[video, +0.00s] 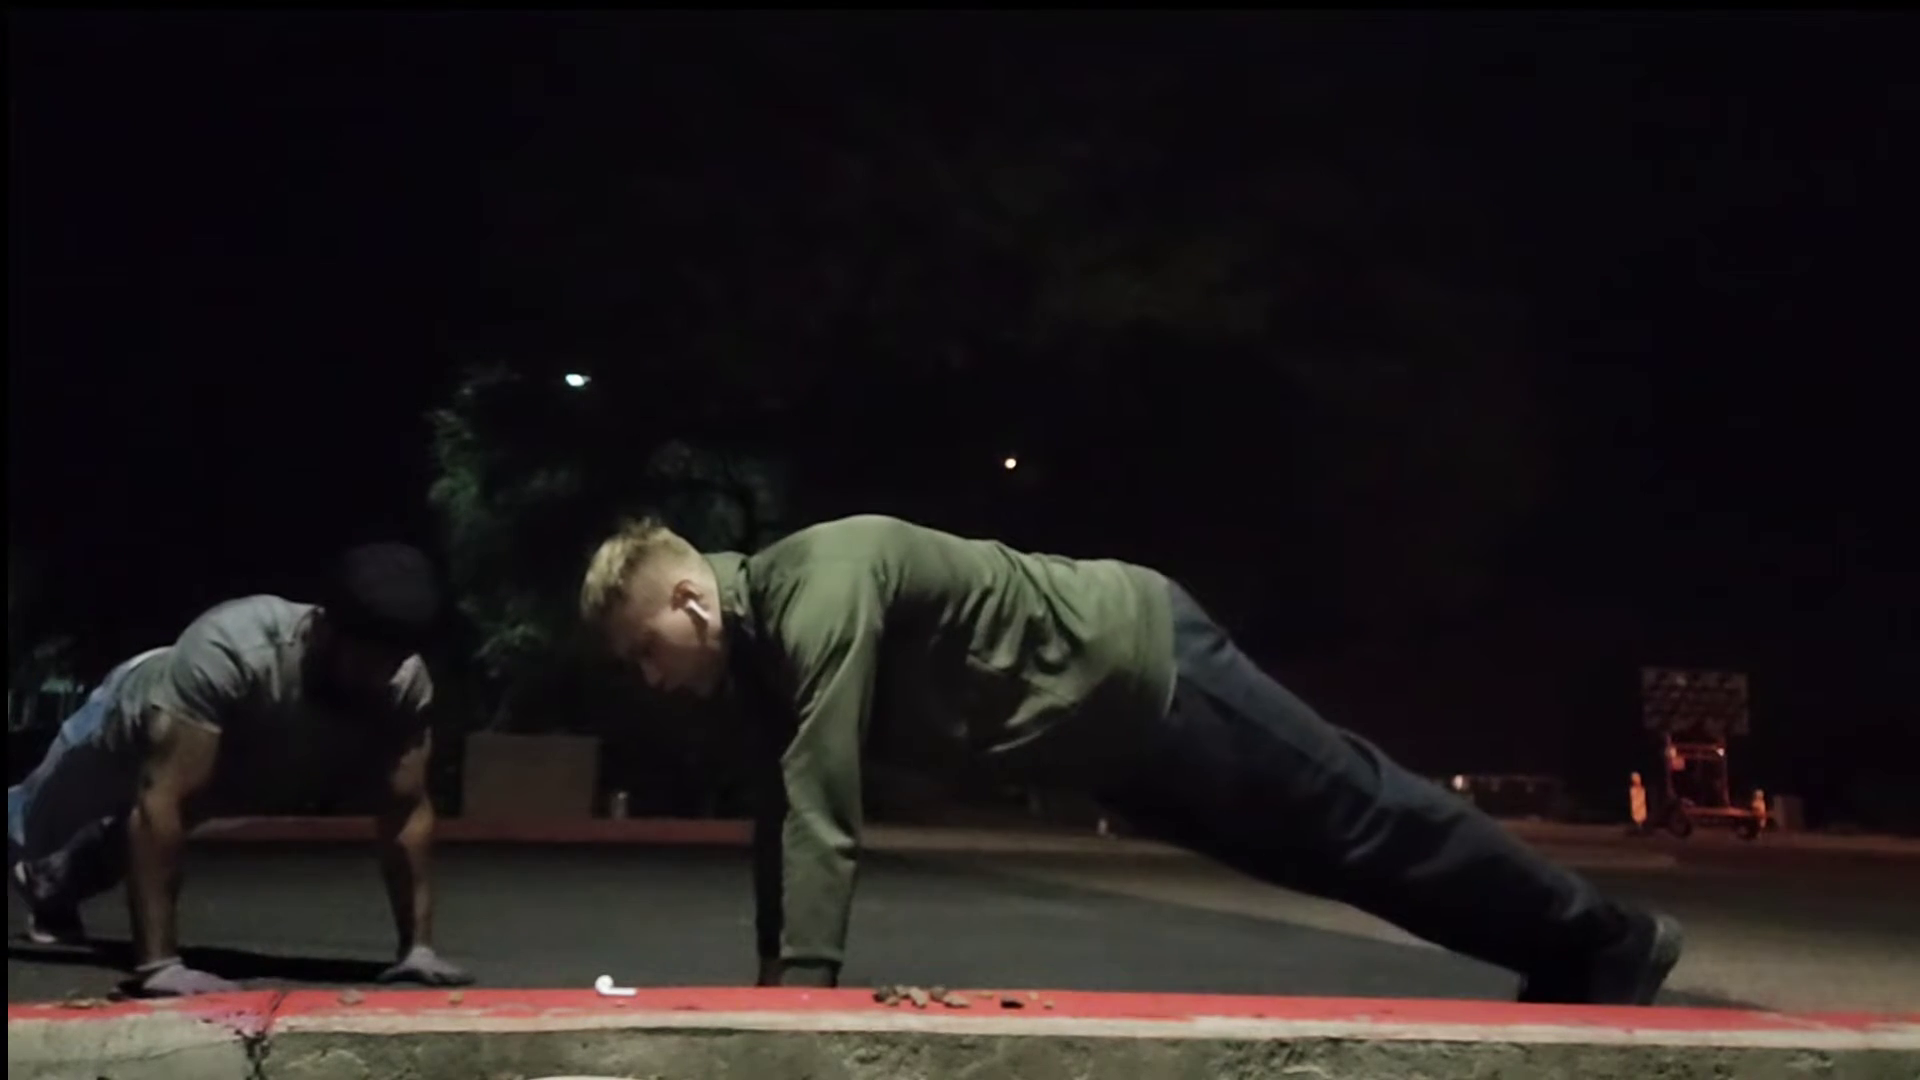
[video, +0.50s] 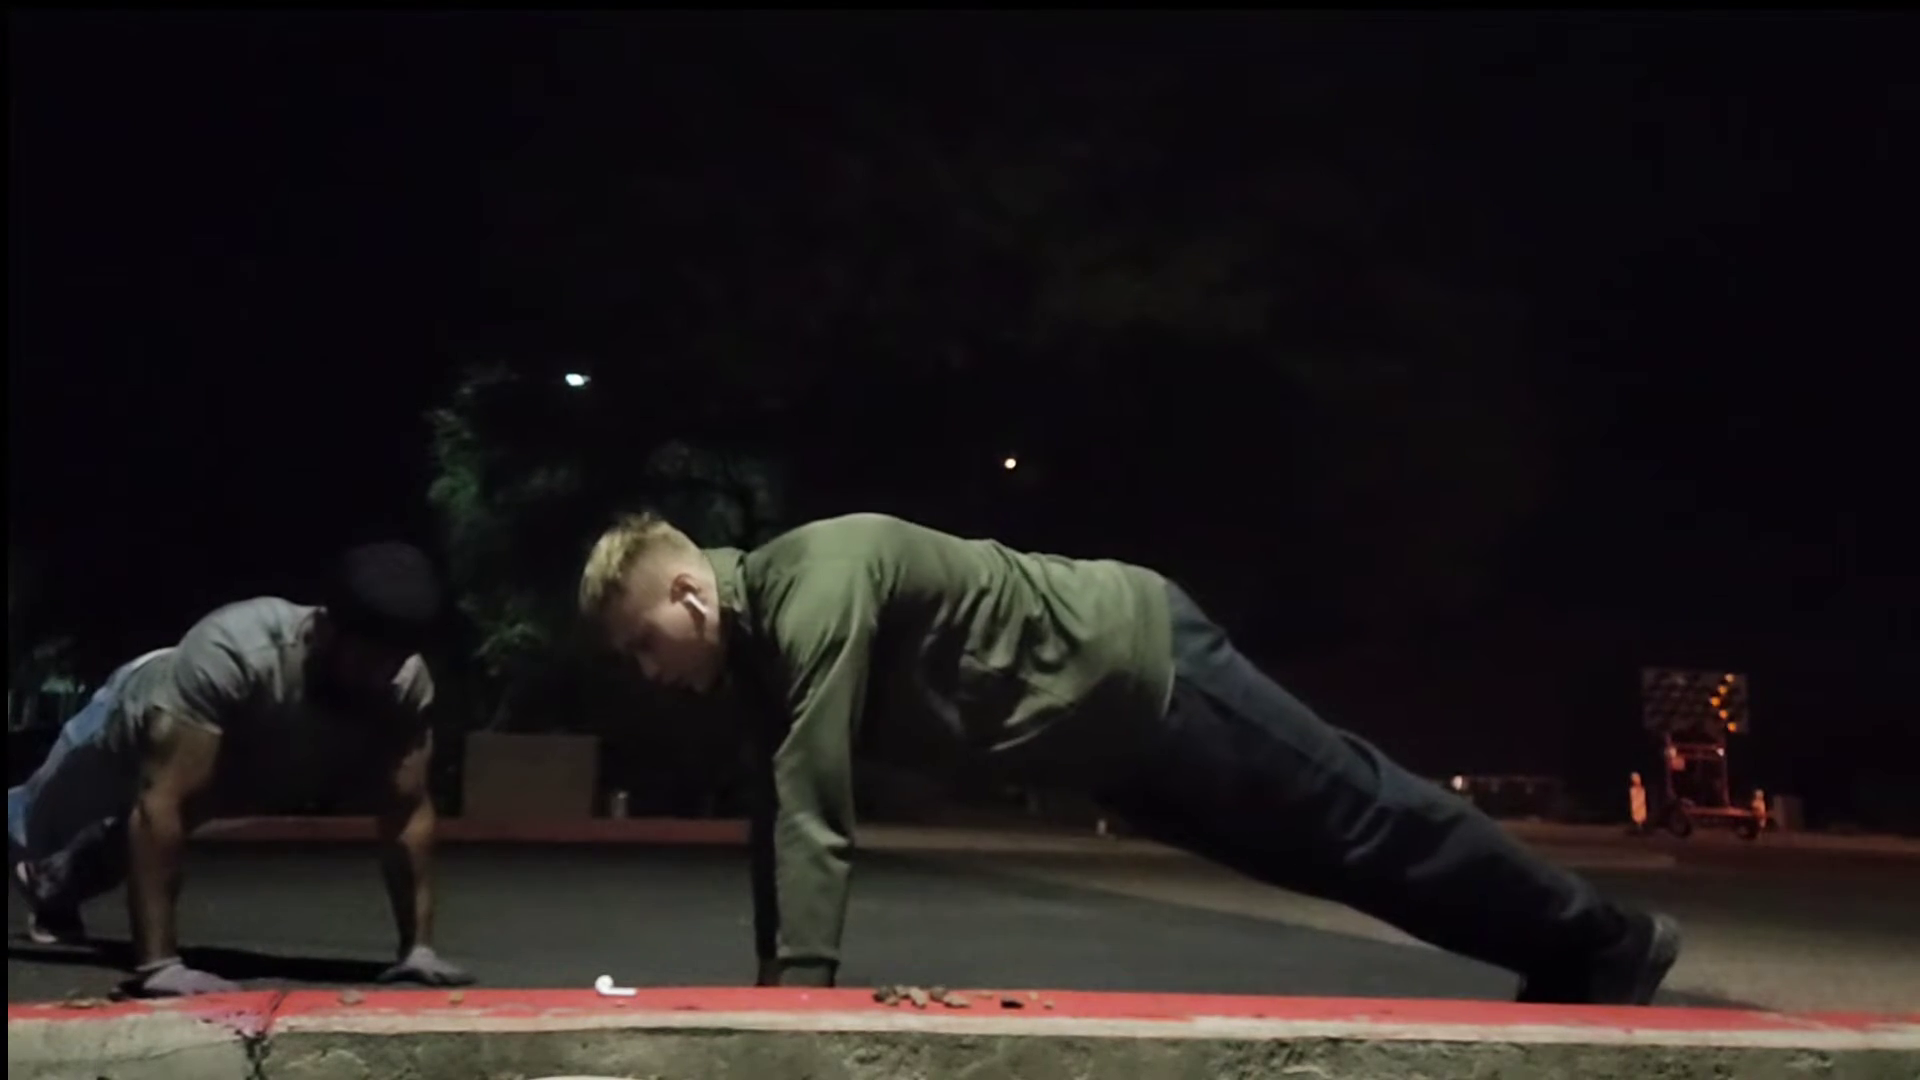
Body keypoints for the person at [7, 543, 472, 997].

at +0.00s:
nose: (387, 666)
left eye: (399, 650)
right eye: (373, 645)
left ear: (409, 646)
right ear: (328, 628)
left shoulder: (404, 687)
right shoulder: (228, 649)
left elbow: (409, 814)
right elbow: (158, 804)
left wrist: (418, 948)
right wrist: (157, 960)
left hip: (219, 758)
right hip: (125, 733)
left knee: (121, 845)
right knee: (33, 821)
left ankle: (54, 892)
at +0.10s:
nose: (388, 666)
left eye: (400, 650)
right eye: (374, 645)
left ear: (409, 646)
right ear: (329, 629)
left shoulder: (405, 686)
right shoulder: (229, 650)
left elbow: (409, 814)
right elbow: (158, 804)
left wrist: (418, 948)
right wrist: (157, 960)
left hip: (219, 758)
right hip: (127, 732)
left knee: (125, 843)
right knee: (34, 820)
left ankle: (55, 890)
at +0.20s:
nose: (390, 665)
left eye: (401, 649)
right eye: (376, 644)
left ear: (410, 645)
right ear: (330, 628)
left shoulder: (405, 686)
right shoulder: (230, 651)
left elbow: (410, 814)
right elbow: (159, 805)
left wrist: (418, 948)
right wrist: (157, 960)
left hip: (218, 758)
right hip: (126, 733)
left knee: (123, 845)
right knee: (35, 820)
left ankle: (55, 891)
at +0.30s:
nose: (391, 666)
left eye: (402, 650)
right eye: (376, 645)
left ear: (410, 646)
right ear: (330, 629)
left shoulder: (405, 686)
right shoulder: (230, 651)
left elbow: (410, 814)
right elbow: (158, 805)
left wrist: (418, 948)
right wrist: (157, 960)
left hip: (218, 758)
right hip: (127, 733)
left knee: (123, 846)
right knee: (35, 821)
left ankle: (55, 891)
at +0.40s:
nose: (392, 665)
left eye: (402, 649)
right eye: (377, 644)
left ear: (410, 646)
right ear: (330, 629)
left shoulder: (405, 685)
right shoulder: (230, 652)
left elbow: (411, 813)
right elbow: (159, 806)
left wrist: (418, 948)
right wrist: (157, 960)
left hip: (219, 757)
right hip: (127, 732)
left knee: (123, 845)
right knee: (35, 820)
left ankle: (55, 890)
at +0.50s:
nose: (392, 664)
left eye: (403, 649)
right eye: (377, 643)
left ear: (411, 645)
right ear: (330, 629)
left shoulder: (405, 685)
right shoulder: (231, 652)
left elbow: (411, 815)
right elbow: (159, 807)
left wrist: (418, 948)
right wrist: (157, 961)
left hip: (218, 756)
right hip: (127, 732)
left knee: (125, 844)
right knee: (37, 818)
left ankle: (55, 891)